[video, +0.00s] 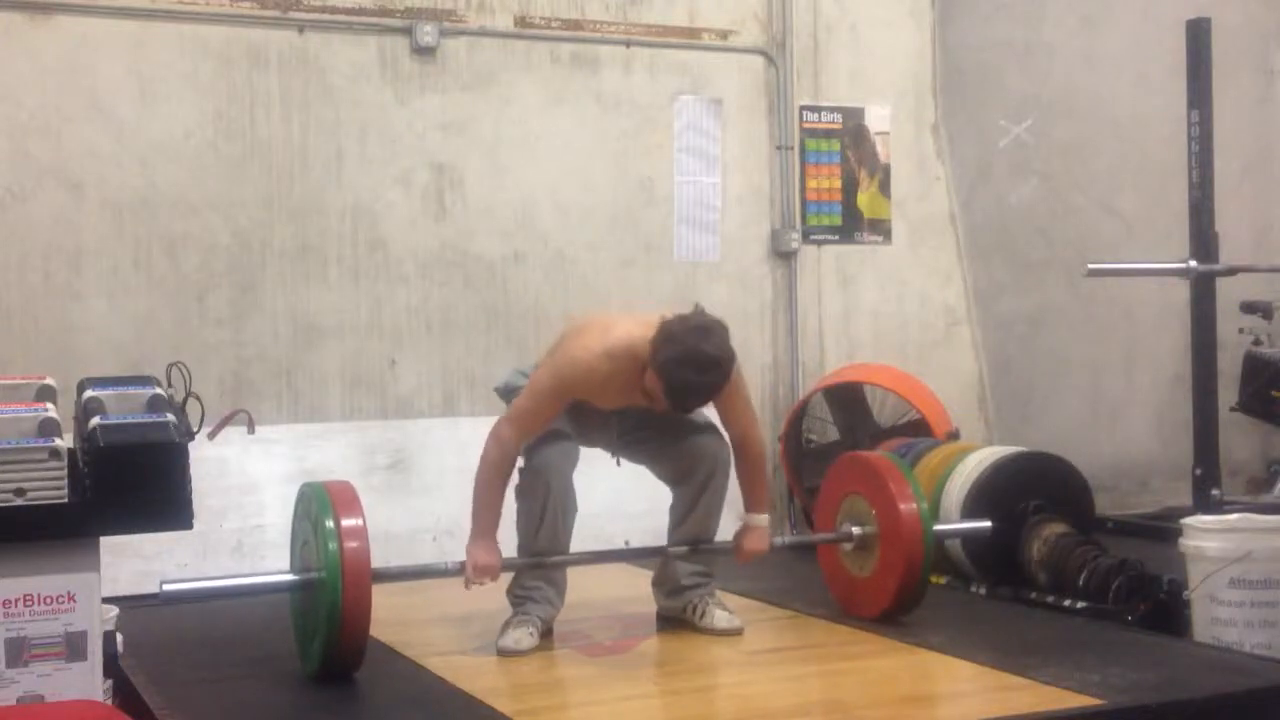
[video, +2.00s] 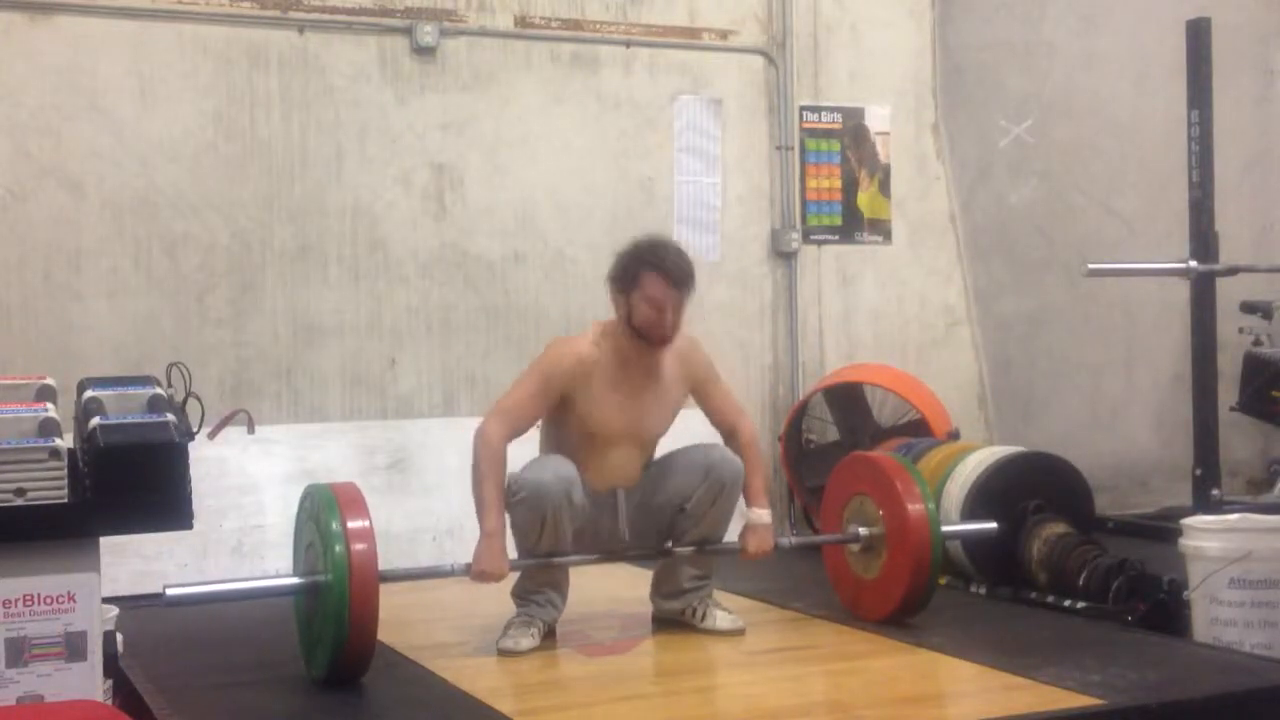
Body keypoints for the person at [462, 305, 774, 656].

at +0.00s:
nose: (660, 408)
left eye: (672, 408)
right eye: (655, 396)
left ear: (707, 389)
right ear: (650, 367)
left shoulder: (715, 366)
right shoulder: (586, 359)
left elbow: (746, 436)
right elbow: (503, 436)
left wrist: (757, 519)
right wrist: (482, 538)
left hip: (633, 411)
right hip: (564, 405)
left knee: (708, 452)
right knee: (550, 460)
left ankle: (683, 592)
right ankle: (532, 607)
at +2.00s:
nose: (667, 322)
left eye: (677, 307)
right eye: (653, 307)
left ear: (686, 303)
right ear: (620, 300)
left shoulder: (686, 357)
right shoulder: (572, 359)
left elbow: (740, 429)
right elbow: (491, 435)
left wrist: (760, 513)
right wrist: (492, 536)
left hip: (640, 510)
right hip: (573, 513)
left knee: (720, 467)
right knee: (545, 478)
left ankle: (682, 598)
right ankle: (535, 609)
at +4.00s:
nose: (599, 257)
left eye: (608, 247)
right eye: (584, 247)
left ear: (619, 259)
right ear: (555, 264)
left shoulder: (643, 340)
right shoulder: (531, 345)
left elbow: (689, 374)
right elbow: (550, 388)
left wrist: (667, 312)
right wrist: (512, 321)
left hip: (628, 514)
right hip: (556, 517)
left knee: (717, 474)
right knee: (523, 495)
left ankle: (667, 595)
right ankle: (503, 612)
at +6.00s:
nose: (593, 167)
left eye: (602, 159)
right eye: (578, 158)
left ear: (612, 175)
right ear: (550, 177)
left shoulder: (633, 255)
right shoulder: (528, 252)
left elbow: (688, 278)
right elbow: (538, 282)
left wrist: (667, 227)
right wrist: (507, 221)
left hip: (612, 422)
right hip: (533, 423)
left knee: (701, 470)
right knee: (510, 490)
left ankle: (663, 597)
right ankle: (504, 610)